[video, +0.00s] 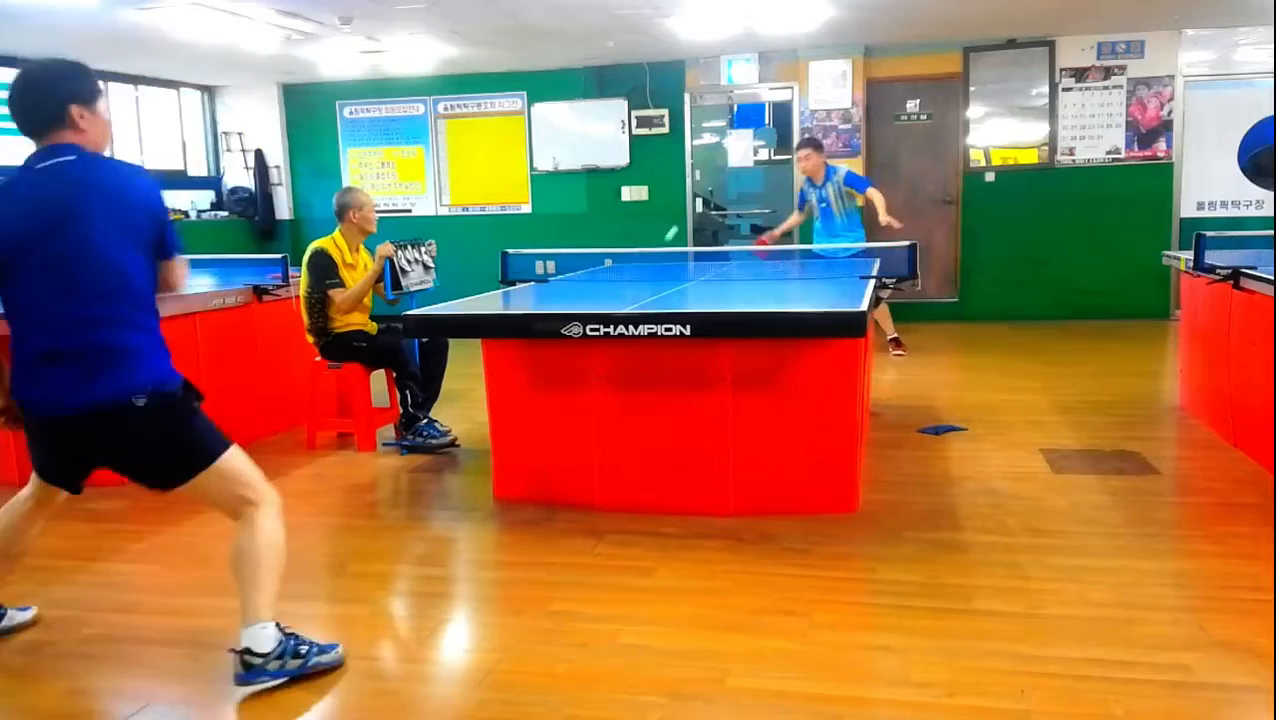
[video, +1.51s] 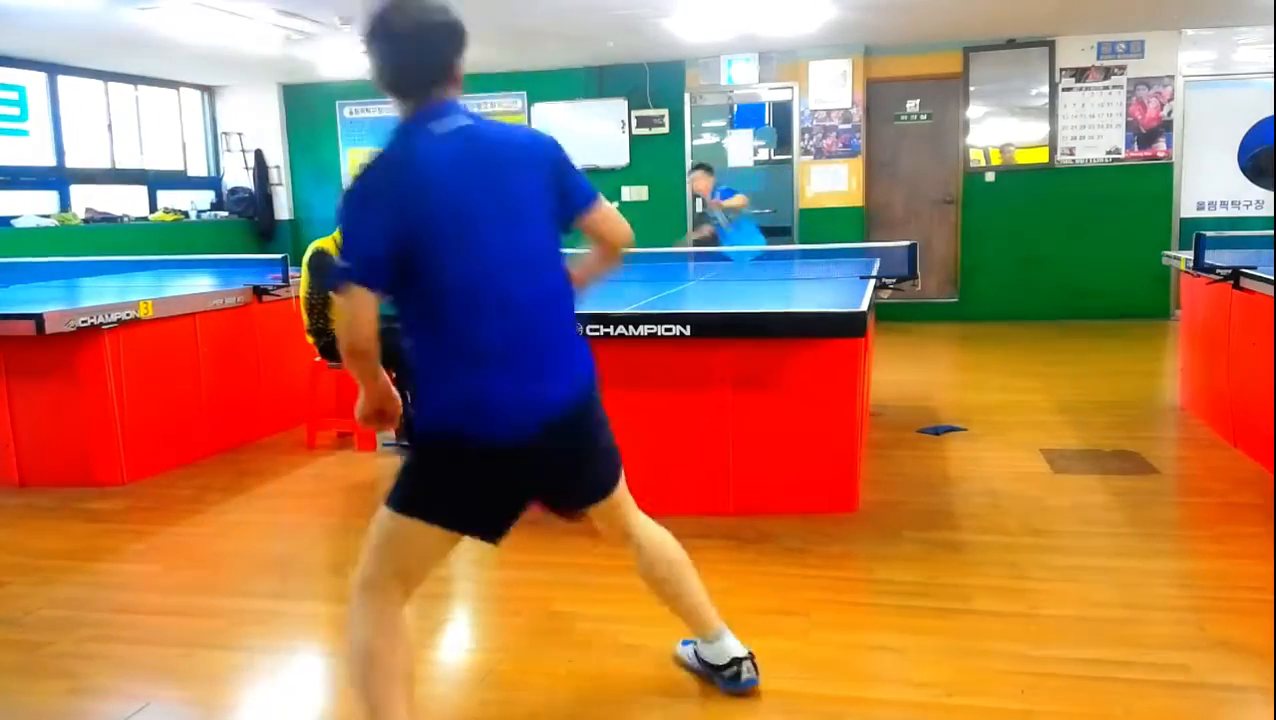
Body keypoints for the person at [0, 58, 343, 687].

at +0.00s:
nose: (108, 121)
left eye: (103, 109)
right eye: (102, 109)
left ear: (32, 126)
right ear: (77, 116)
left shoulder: (6, 197)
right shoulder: (129, 183)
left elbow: (8, 307)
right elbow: (173, 278)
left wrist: (5, 394)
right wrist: (96, 278)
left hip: (45, 400)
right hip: (134, 394)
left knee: (42, 491)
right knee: (256, 501)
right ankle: (262, 642)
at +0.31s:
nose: (208, 57)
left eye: (202, 42)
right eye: (202, 41)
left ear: (132, 55)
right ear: (182, 49)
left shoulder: (90, 133)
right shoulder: (194, 121)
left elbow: (49, 244)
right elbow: (244, 224)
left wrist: (97, 299)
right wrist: (307, 295)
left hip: (110, 347)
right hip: (188, 340)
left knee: (172, 462)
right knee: (297, 470)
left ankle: (117, 603)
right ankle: (286, 645)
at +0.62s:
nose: (350, 106)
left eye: (349, 93)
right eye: (346, 93)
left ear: (291, 98)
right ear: (320, 95)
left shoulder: (265, 162)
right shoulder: (270, 170)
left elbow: (265, 292)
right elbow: (236, 295)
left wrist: (338, 341)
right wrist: (315, 399)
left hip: (199, 384)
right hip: (223, 388)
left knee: (255, 490)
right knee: (362, 508)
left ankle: (167, 617)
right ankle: (354, 695)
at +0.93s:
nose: (462, 72)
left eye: (460, 53)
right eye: (456, 52)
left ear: (415, 55)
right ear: (422, 52)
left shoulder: (395, 155)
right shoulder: (312, 140)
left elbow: (387, 259)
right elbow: (204, 220)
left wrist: (467, 279)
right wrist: (192, 307)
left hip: (360, 386)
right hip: (316, 391)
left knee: (323, 505)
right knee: (449, 548)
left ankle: (233, 611)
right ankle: (378, 710)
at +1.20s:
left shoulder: (284, 35)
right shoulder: (429, 3)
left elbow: (290, 193)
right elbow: (493, 25)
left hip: (348, 249)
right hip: (449, 234)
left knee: (349, 350)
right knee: (503, 456)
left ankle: (308, 482)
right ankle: (419, 622)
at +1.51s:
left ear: (382, 75)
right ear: (459, 65)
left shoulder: (378, 186)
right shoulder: (530, 149)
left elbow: (357, 332)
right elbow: (615, 236)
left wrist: (374, 392)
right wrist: (564, 288)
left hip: (468, 427)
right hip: (568, 402)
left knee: (381, 590)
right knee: (630, 523)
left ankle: (388, 712)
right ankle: (725, 649)